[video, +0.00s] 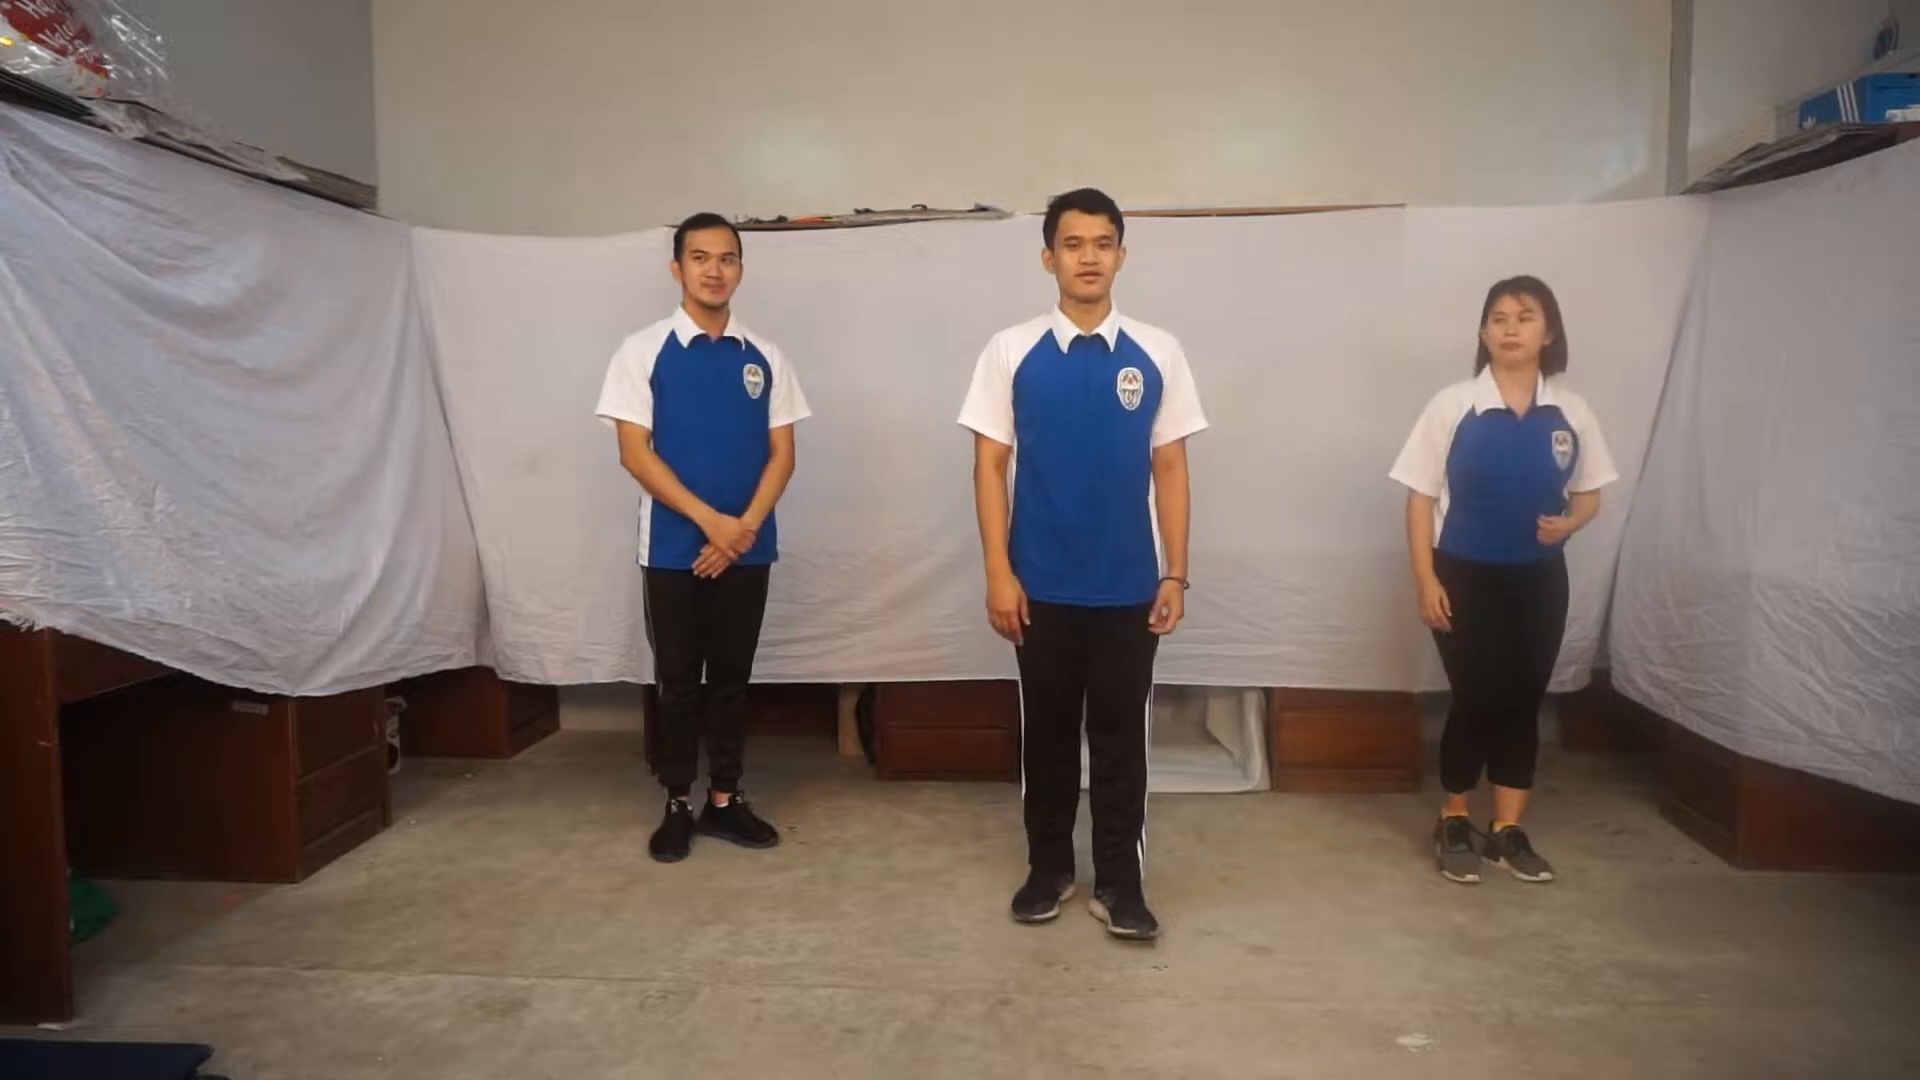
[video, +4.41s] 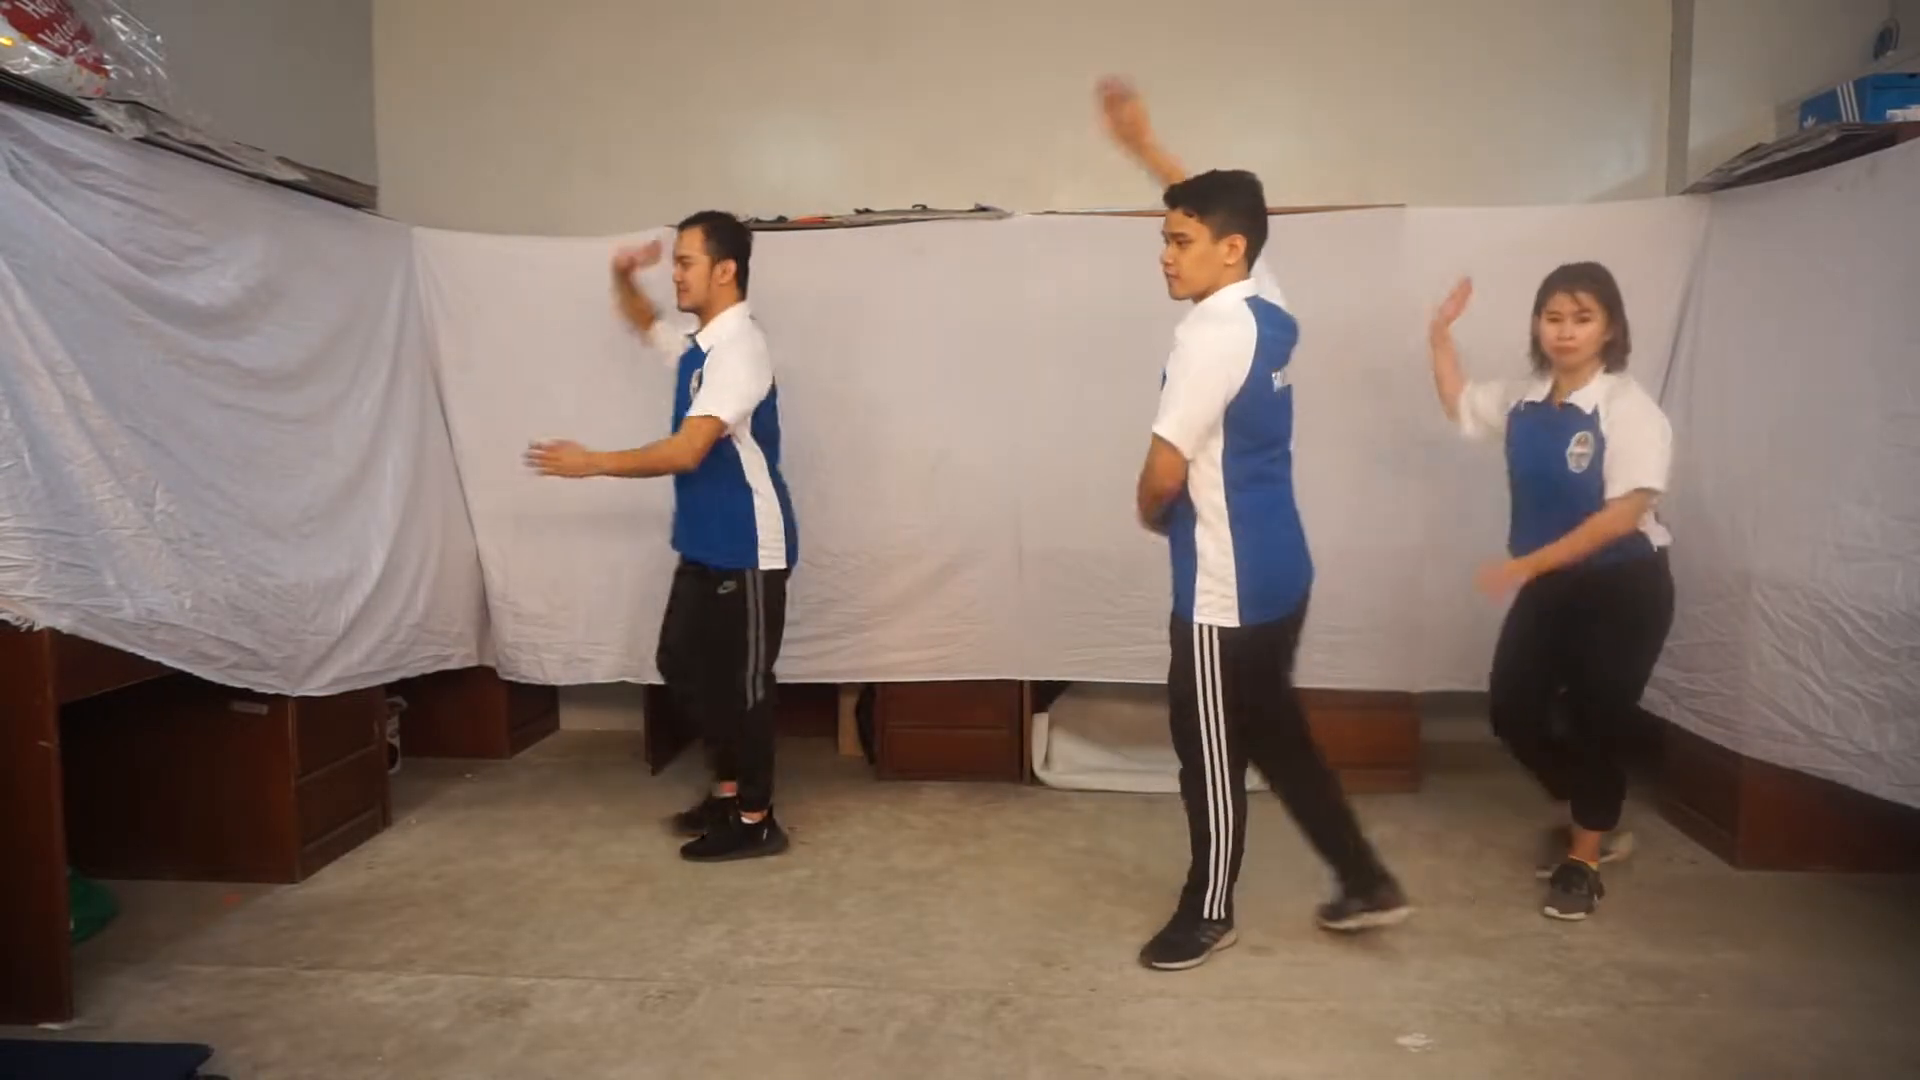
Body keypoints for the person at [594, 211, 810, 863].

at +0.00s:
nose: (717, 269)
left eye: (728, 259)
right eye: (702, 258)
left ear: (740, 270)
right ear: (678, 269)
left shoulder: (765, 356)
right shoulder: (642, 351)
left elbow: (783, 455)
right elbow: (634, 454)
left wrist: (738, 535)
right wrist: (710, 518)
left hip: (747, 552)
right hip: (673, 553)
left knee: (731, 682)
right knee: (678, 684)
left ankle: (725, 801)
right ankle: (678, 805)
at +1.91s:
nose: (693, 274)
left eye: (704, 263)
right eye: (678, 263)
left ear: (718, 270)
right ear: (655, 271)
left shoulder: (747, 357)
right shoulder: (620, 353)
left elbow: (761, 457)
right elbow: (607, 454)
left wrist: (708, 538)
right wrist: (665, 522)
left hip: (726, 554)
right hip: (653, 555)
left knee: (721, 684)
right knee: (665, 686)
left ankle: (720, 802)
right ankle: (676, 804)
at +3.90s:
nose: (648, 269)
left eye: (661, 259)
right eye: (635, 258)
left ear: (678, 271)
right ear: (615, 267)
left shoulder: (706, 356)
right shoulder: (580, 354)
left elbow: (750, 440)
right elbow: (546, 445)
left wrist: (798, 523)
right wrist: (570, 513)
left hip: (692, 553)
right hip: (619, 555)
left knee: (704, 681)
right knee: (634, 682)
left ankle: (724, 800)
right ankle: (639, 800)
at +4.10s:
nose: (658, 269)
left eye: (671, 258)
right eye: (645, 256)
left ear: (687, 269)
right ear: (624, 266)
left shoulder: (717, 353)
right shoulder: (593, 353)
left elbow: (762, 429)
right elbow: (558, 430)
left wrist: (808, 493)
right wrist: (539, 464)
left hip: (695, 549)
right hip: (622, 550)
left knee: (699, 673)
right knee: (630, 677)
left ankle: (748, 800)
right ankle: (634, 798)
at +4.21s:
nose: (670, 274)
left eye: (683, 262)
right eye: (656, 262)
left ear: (700, 271)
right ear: (638, 272)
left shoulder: (730, 352)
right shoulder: (610, 357)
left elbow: (755, 422)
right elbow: (570, 440)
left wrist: (761, 468)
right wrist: (504, 393)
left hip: (707, 553)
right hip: (638, 554)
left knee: (701, 676)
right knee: (631, 674)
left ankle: (750, 811)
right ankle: (634, 799)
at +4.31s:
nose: (663, 274)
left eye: (677, 262)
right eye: (658, 263)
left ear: (715, 270)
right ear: (654, 272)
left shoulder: (740, 349)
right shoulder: (642, 351)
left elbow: (728, 442)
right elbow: (573, 406)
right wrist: (555, 332)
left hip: (728, 554)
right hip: (663, 552)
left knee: (728, 682)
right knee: (657, 676)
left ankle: (753, 813)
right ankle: (638, 797)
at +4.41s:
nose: (673, 274)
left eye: (685, 263)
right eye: (674, 263)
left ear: (725, 270)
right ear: (709, 272)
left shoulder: (739, 346)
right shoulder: (699, 337)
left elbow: (687, 451)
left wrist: (591, 462)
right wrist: (623, 278)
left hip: (749, 550)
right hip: (707, 545)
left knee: (741, 681)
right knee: (686, 664)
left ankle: (754, 817)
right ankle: (730, 792)